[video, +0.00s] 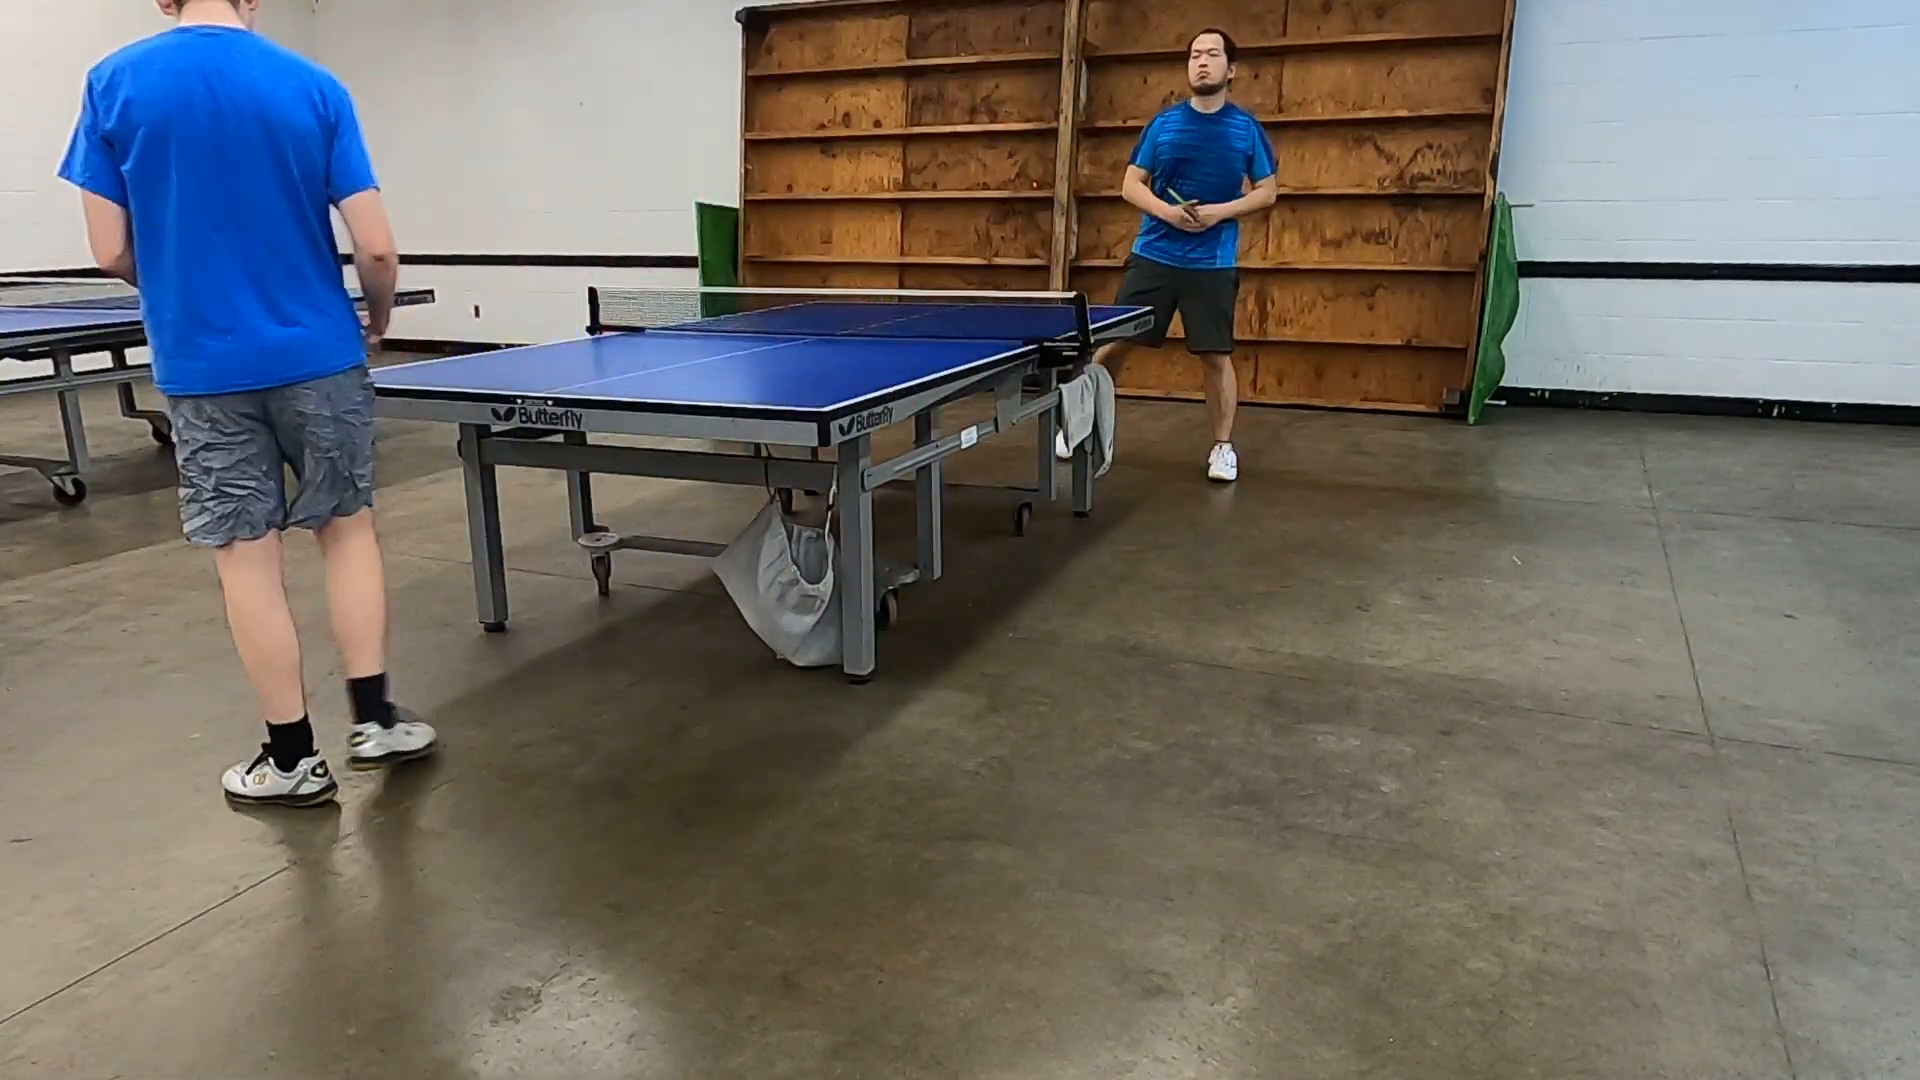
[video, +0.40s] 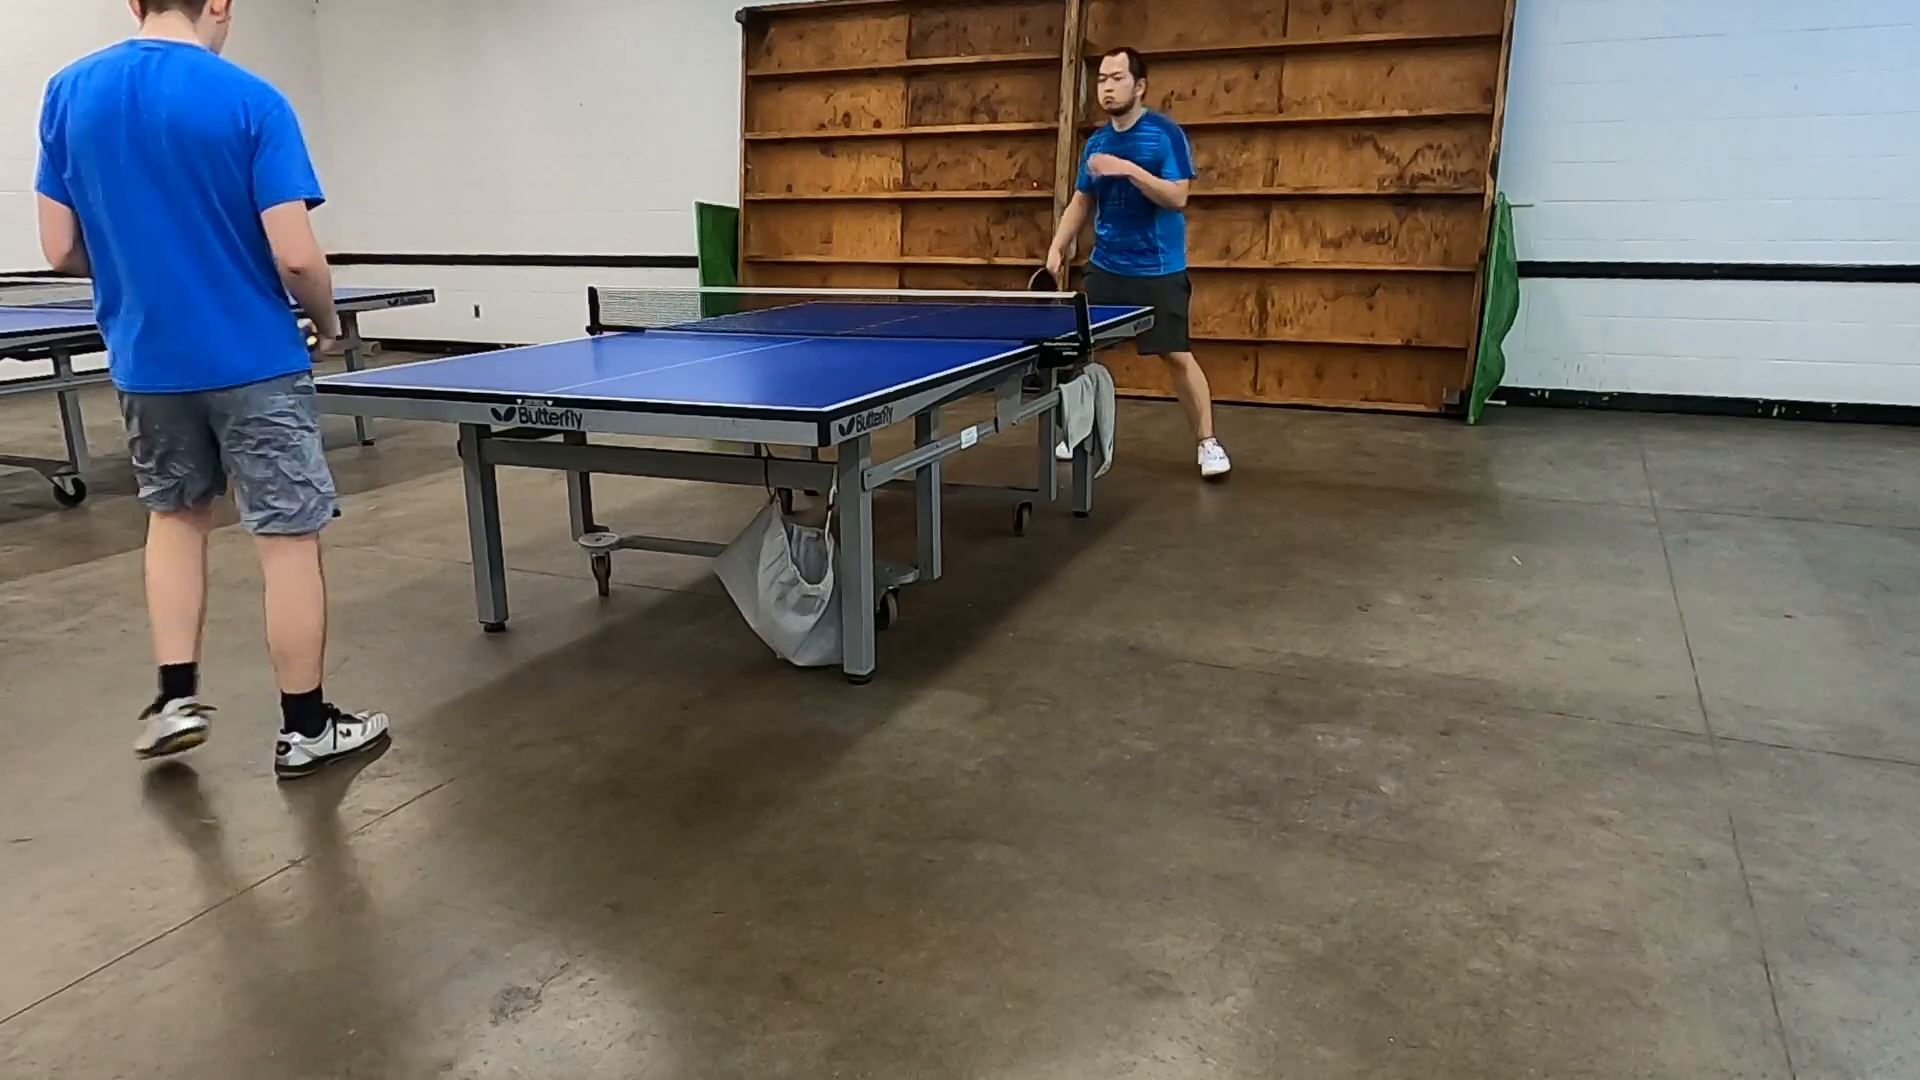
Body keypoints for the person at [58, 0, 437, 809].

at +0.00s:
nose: (157, 20)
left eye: (157, 14)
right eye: (257, 12)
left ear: (163, 7)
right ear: (250, 5)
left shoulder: (117, 80)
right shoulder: (311, 83)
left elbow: (113, 252)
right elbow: (378, 250)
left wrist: (178, 280)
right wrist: (376, 316)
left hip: (202, 364)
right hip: (314, 352)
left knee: (247, 556)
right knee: (347, 523)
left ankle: (294, 757)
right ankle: (375, 719)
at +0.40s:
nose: (230, 26)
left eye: (225, 18)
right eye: (231, 17)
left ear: (134, 9)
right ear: (219, 11)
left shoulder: (70, 91)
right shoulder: (249, 98)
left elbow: (62, 249)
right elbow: (298, 258)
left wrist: (132, 246)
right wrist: (324, 316)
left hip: (146, 361)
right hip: (250, 355)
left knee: (177, 509)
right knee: (287, 530)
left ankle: (177, 699)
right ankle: (306, 724)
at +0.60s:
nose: (196, 37)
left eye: (199, 24)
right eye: (198, 22)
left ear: (108, 12)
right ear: (174, 11)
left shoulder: (34, 104)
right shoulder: (183, 99)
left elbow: (33, 254)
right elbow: (226, 254)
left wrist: (126, 260)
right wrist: (292, 323)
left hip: (102, 373)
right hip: (198, 366)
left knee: (129, 535)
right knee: (268, 535)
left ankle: (118, 721)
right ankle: (304, 724)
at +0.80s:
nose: (158, 54)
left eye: (163, 37)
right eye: (160, 33)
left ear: (84, 11)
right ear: (128, 10)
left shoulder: (14, 92)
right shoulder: (121, 93)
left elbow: (45, 246)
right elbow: (151, 245)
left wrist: (164, 305)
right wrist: (229, 310)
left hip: (44, 363)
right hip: (127, 356)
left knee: (112, 526)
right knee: (227, 521)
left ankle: (116, 721)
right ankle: (289, 721)